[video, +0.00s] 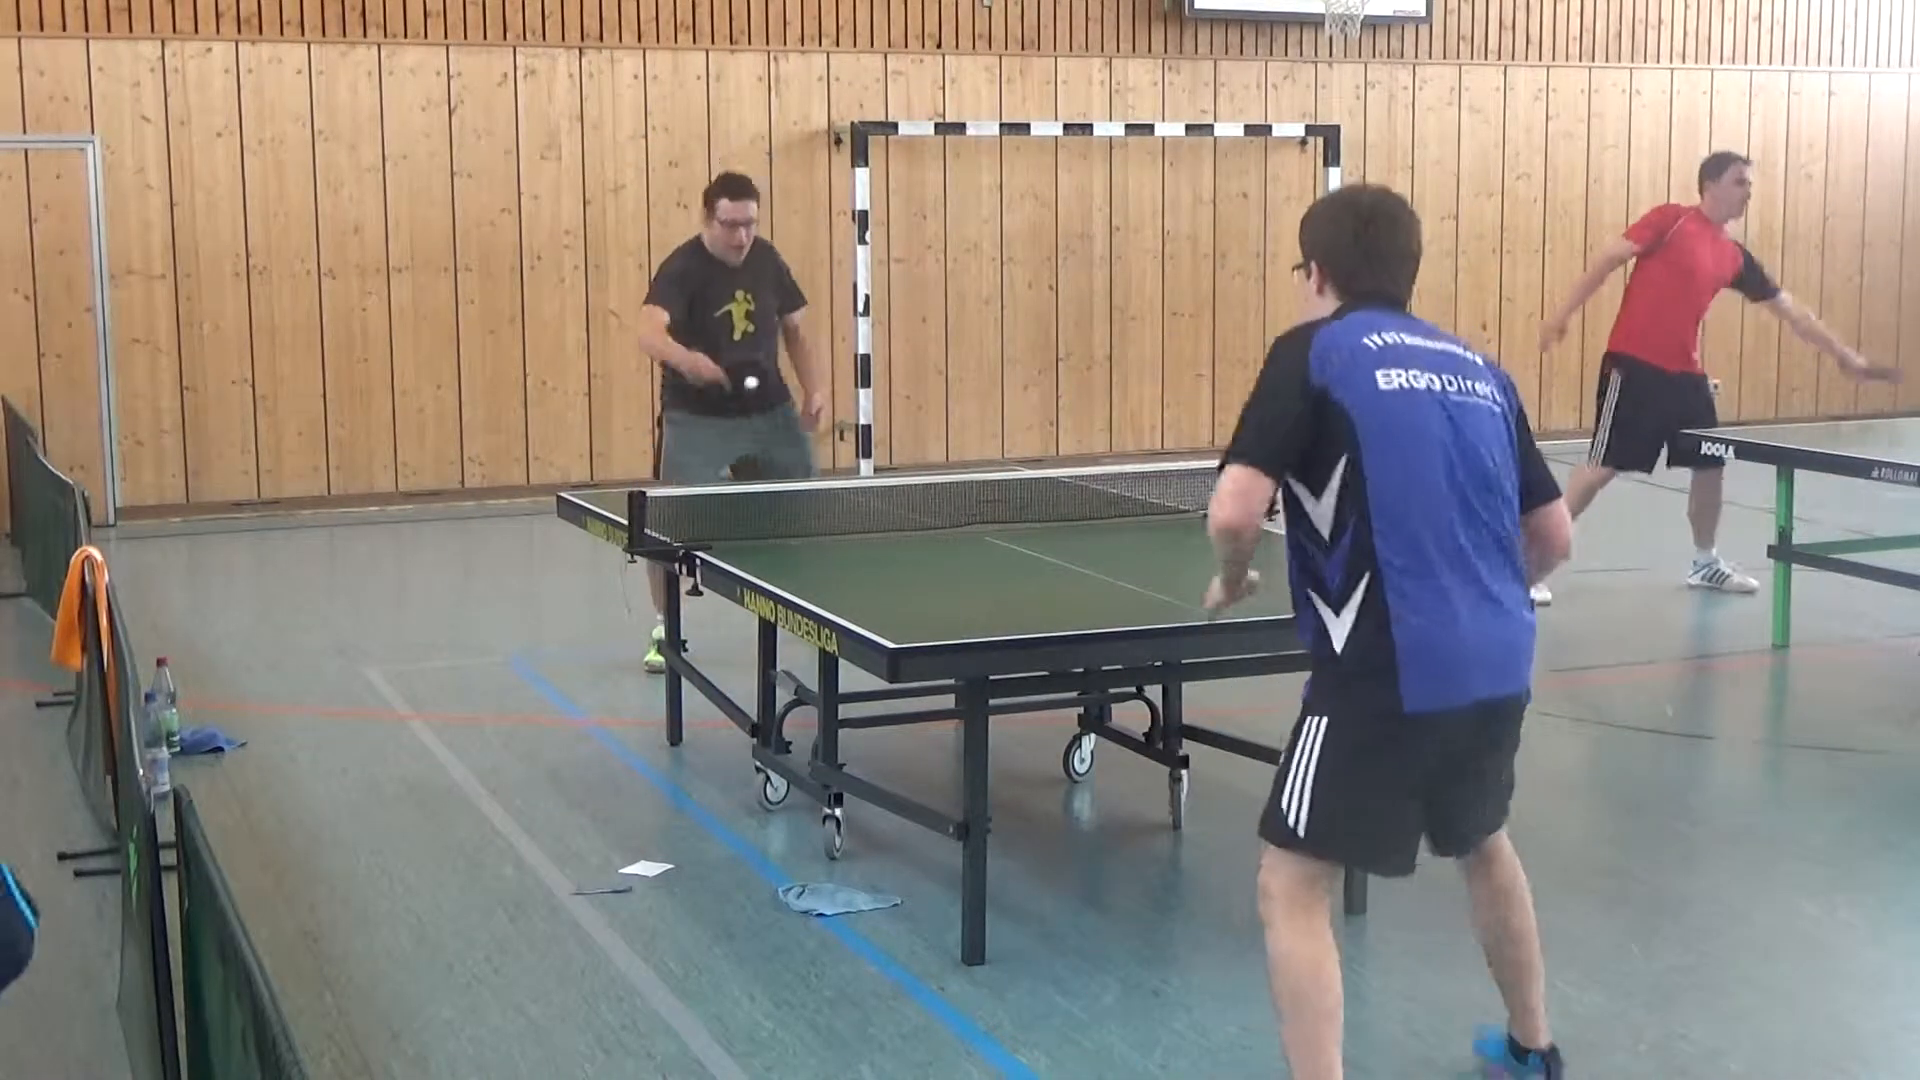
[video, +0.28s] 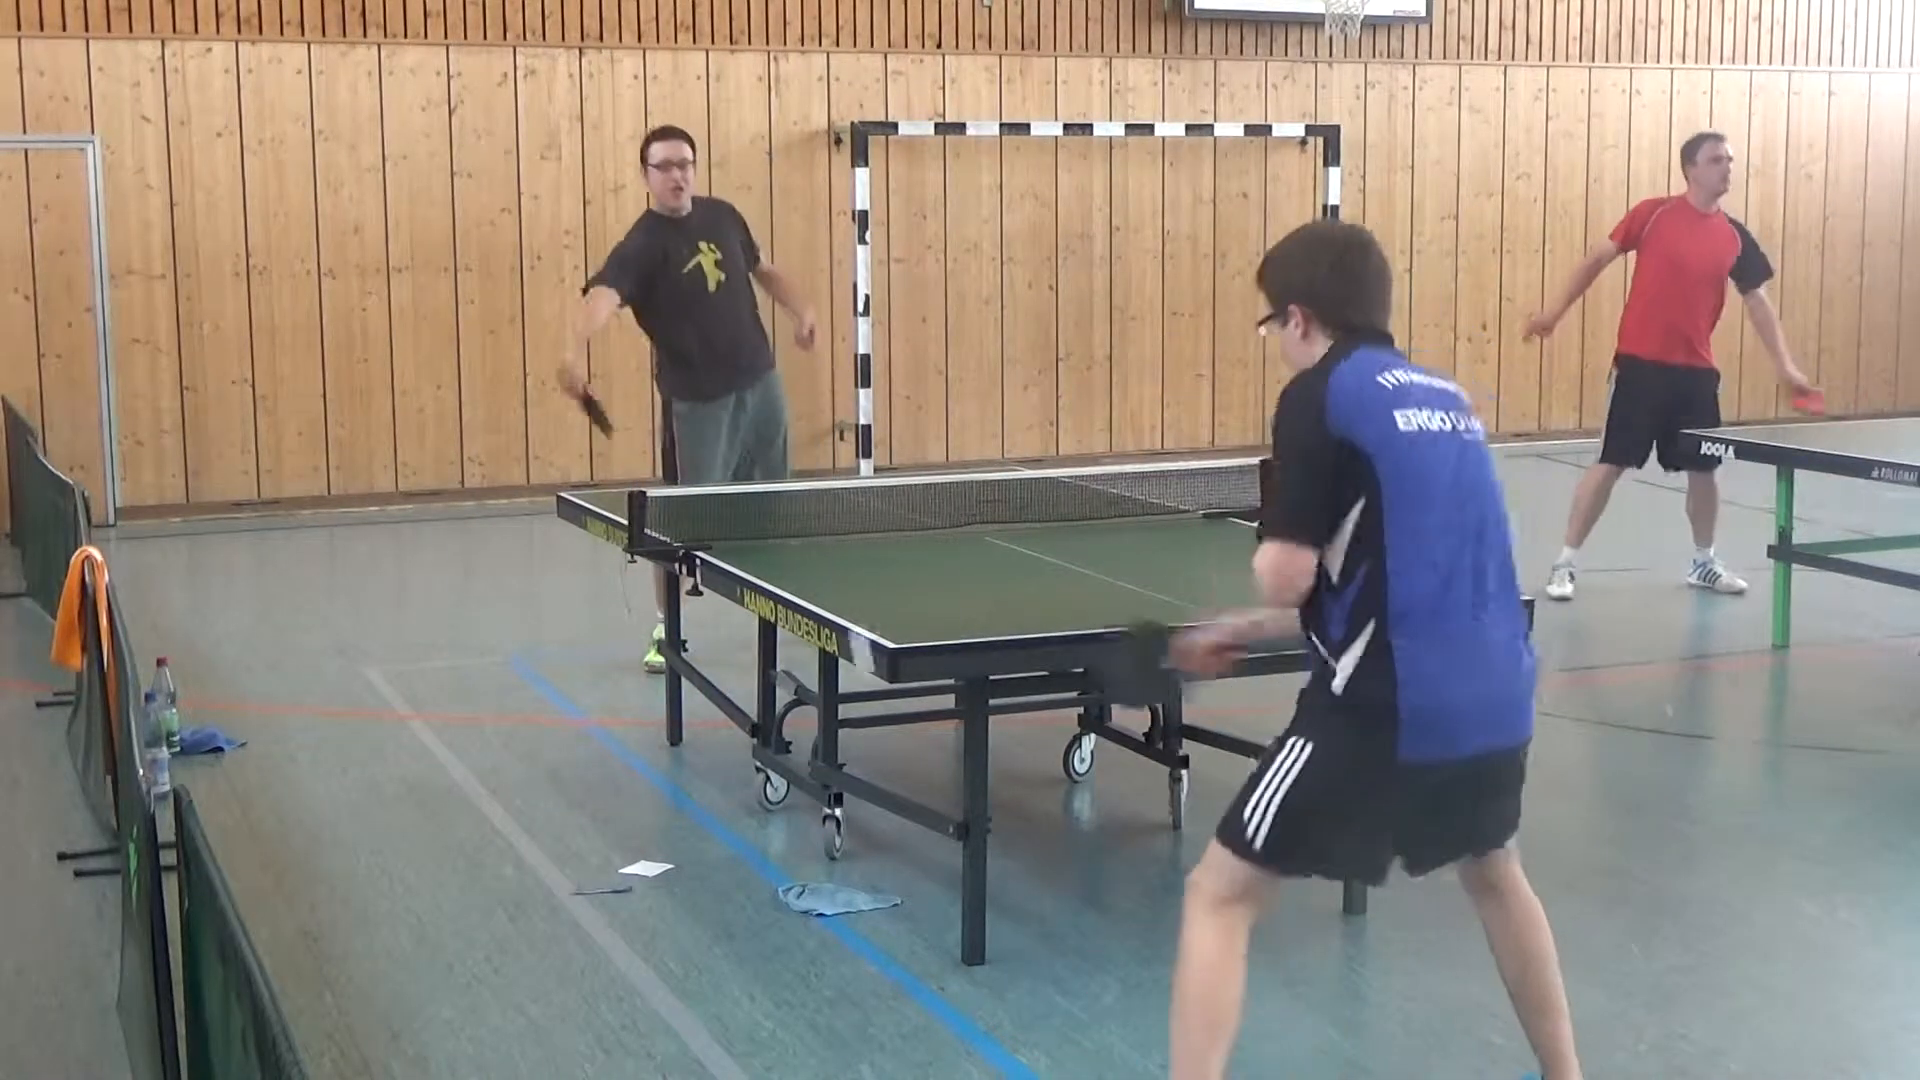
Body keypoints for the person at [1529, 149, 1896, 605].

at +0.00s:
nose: (1748, 193)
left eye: (1749, 186)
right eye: (1741, 184)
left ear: (1735, 192)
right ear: (1711, 185)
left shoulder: (1735, 255)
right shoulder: (1672, 218)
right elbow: (1608, 259)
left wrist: (1845, 353)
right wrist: (1562, 315)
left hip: (1686, 374)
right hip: (1634, 365)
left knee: (1709, 463)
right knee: (1602, 465)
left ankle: (1704, 563)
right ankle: (1528, 562)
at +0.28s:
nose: (1729, 167)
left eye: (1730, 160)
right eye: (1718, 160)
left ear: (1729, 169)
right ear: (1691, 169)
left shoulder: (1733, 236)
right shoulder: (1652, 214)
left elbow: (1758, 304)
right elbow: (1595, 262)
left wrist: (1787, 366)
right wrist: (1553, 314)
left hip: (1695, 371)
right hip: (1640, 365)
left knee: (1704, 467)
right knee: (1613, 462)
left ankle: (1704, 563)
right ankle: (1565, 563)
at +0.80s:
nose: (1719, 158)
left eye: (1719, 151)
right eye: (1707, 151)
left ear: (1716, 162)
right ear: (1680, 164)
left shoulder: (1727, 225)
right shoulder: (1653, 217)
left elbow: (1733, 299)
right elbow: (1620, 286)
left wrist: (1736, 359)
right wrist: (1614, 353)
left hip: (1710, 369)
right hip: (1659, 366)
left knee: (1716, 463)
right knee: (1628, 460)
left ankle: (1694, 565)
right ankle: (1567, 555)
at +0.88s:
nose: (1726, 156)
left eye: (1726, 149)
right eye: (1715, 149)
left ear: (1723, 160)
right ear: (1689, 162)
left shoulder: (1730, 224)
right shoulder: (1664, 214)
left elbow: (1738, 297)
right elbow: (1635, 282)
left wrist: (1742, 362)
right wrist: (1635, 349)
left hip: (1719, 364)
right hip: (1675, 361)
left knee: (1712, 464)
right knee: (1655, 462)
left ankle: (1693, 564)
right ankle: (1587, 544)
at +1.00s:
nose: (1744, 154)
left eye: (1743, 148)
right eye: (1733, 148)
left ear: (1728, 161)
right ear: (1705, 159)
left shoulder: (1733, 221)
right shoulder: (1686, 210)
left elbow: (1739, 292)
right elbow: (1655, 276)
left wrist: (1755, 349)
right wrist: (1667, 345)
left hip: (1724, 357)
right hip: (1693, 355)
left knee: (1707, 462)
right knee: (1704, 458)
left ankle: (1692, 566)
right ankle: (1627, 542)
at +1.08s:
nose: (1756, 154)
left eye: (1753, 147)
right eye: (1746, 148)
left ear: (1731, 160)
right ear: (1720, 160)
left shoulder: (1732, 211)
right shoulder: (1704, 208)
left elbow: (1735, 288)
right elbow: (1671, 277)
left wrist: (1762, 341)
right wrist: (1692, 341)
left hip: (1719, 354)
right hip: (1704, 355)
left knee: (1699, 459)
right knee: (1739, 455)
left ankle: (1689, 561)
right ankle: (1675, 540)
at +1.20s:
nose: (1777, 159)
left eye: (1773, 151)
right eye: (1769, 151)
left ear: (1745, 161)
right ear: (1747, 159)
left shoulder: (1734, 210)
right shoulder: (1729, 209)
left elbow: (1733, 285)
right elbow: (1698, 275)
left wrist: (1764, 329)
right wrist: (1737, 336)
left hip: (1697, 355)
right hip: (1726, 357)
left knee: (1694, 459)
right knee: (1765, 455)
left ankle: (1689, 564)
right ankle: (1743, 564)